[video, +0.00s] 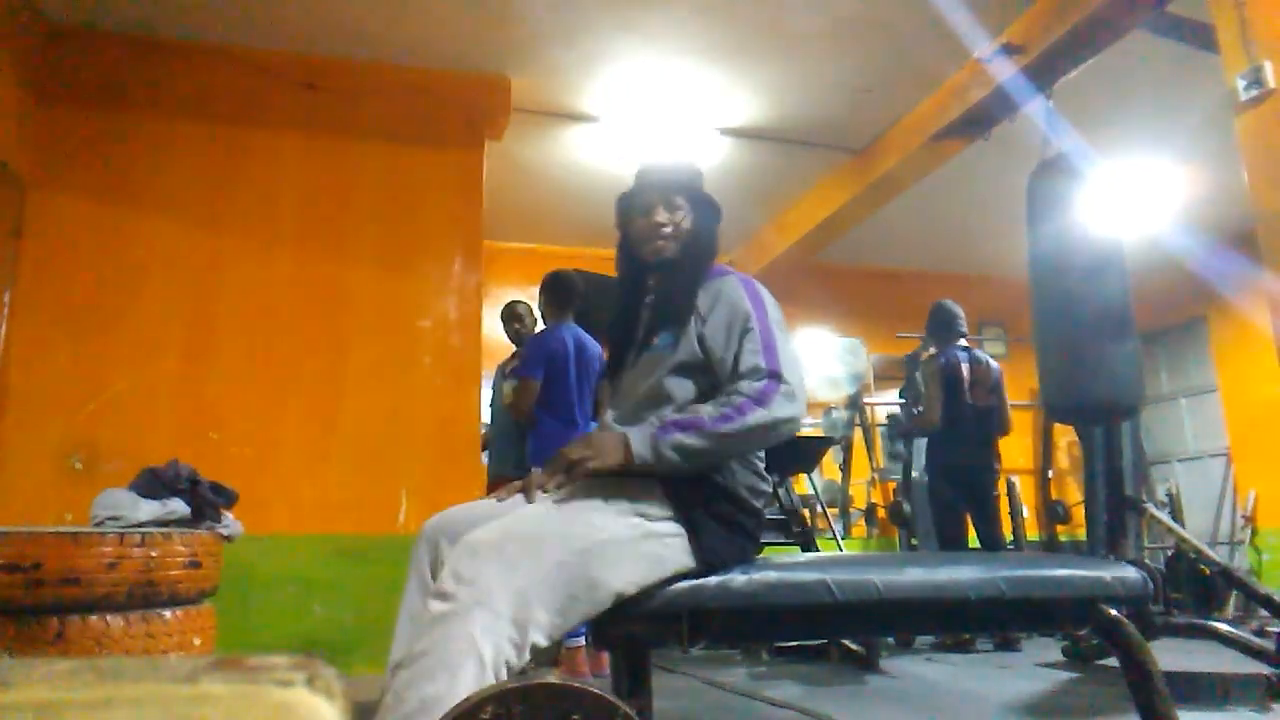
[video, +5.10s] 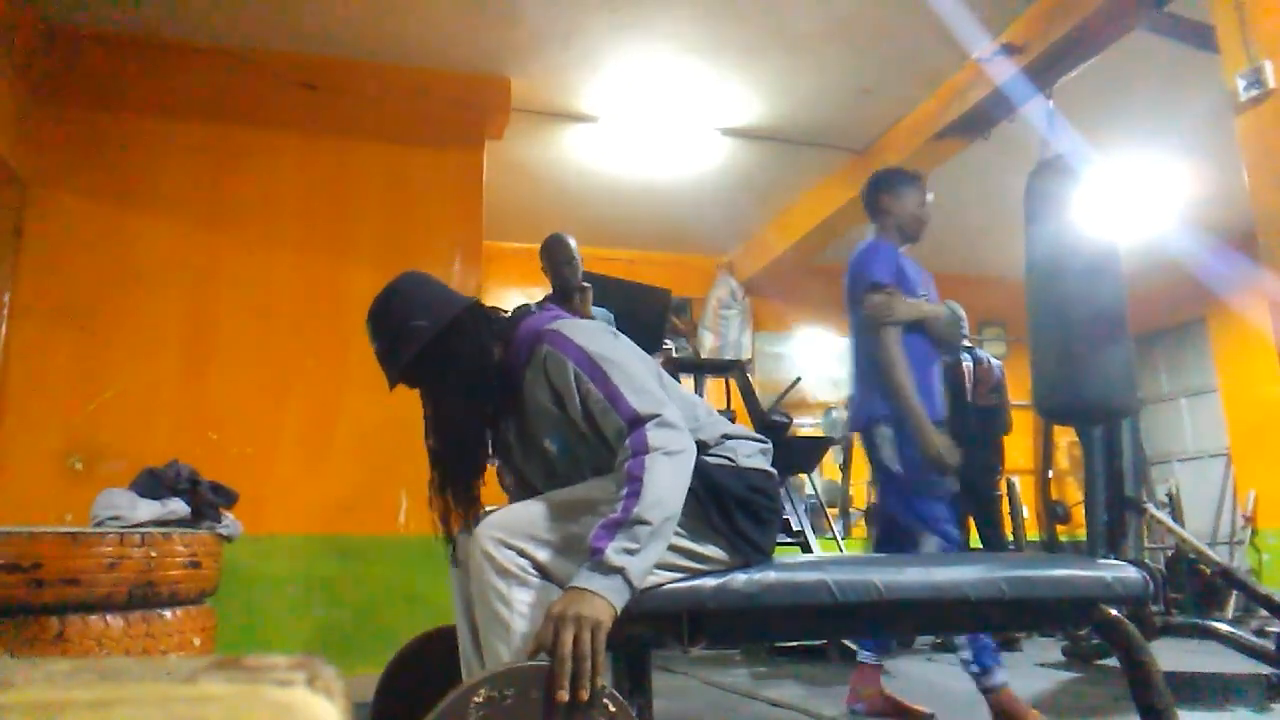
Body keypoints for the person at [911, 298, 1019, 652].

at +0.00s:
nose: (929, 339)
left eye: (929, 333)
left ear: (932, 332)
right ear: (964, 328)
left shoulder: (935, 366)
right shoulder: (991, 365)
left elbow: (932, 420)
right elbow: (1005, 424)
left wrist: (905, 424)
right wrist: (975, 423)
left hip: (946, 466)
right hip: (982, 466)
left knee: (952, 547)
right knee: (995, 544)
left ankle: (959, 631)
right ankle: (1007, 629)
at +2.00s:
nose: (928, 339)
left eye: (928, 333)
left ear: (930, 333)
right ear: (963, 330)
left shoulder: (931, 368)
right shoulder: (986, 366)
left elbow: (934, 423)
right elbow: (1004, 424)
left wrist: (905, 428)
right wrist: (972, 431)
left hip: (944, 466)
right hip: (981, 465)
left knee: (950, 546)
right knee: (992, 542)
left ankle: (956, 628)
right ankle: (1008, 626)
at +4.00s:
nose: (920, 341)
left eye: (921, 335)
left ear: (923, 335)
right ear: (954, 334)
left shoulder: (922, 366)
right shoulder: (980, 368)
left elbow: (930, 419)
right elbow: (1003, 420)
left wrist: (927, 469)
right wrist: (1007, 466)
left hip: (944, 469)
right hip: (979, 467)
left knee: (949, 547)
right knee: (989, 542)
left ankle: (960, 630)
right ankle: (1006, 626)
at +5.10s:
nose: (957, 328)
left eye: (950, 325)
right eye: (959, 321)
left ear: (944, 332)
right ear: (970, 328)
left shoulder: (943, 363)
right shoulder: (992, 365)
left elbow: (942, 412)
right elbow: (1003, 421)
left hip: (951, 456)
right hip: (985, 461)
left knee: (953, 543)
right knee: (995, 540)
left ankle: (952, 624)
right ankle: (1007, 621)